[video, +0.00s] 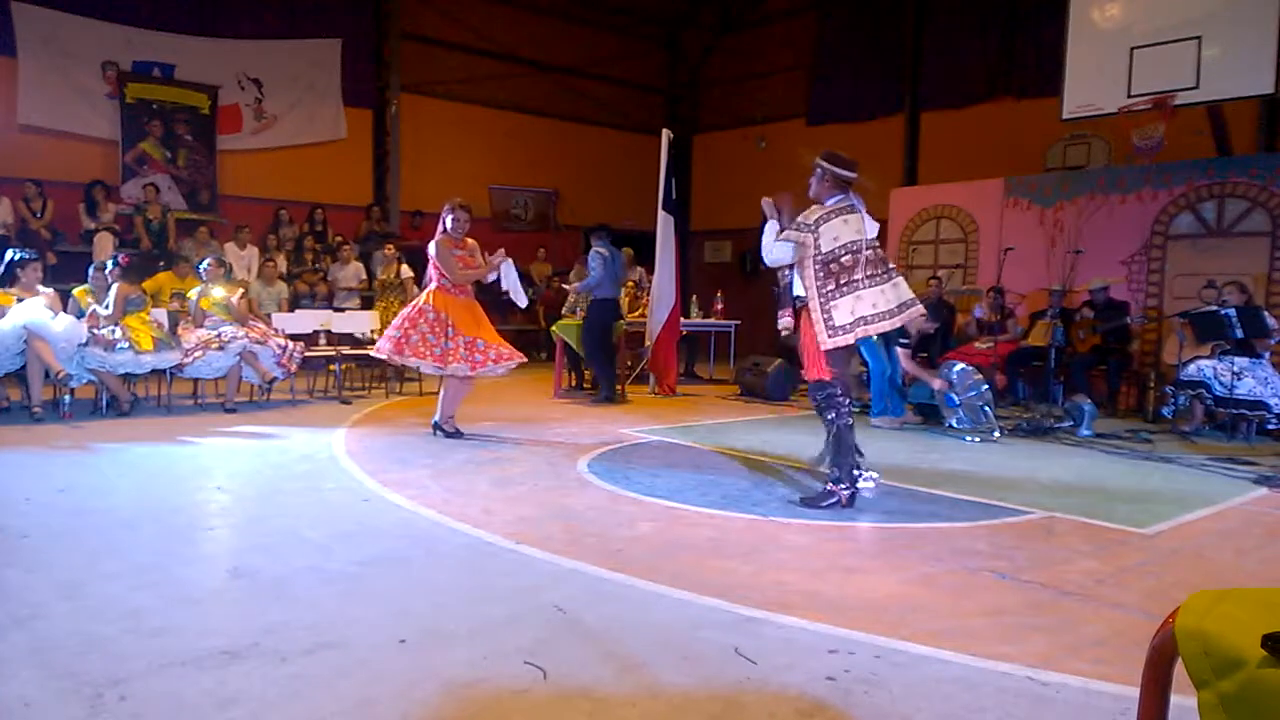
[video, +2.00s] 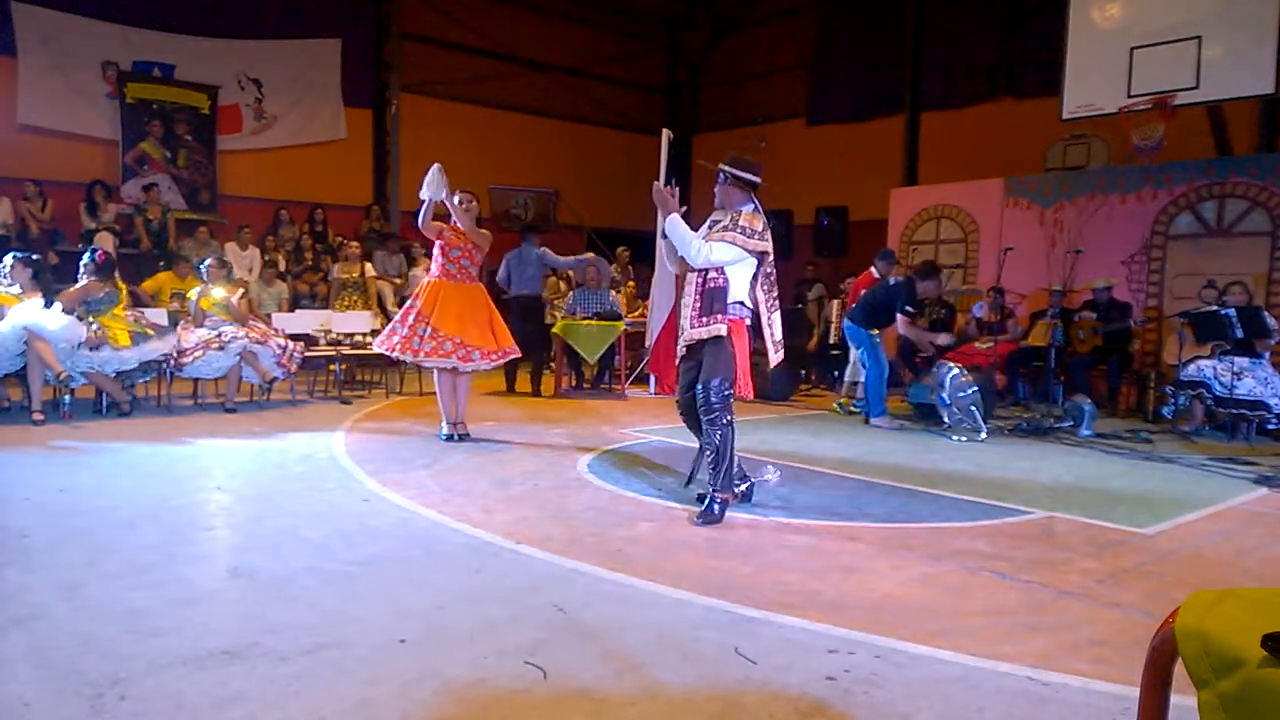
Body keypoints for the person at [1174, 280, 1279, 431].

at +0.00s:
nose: (1224, 298)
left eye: (1230, 293)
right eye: (1222, 294)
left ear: (1244, 297)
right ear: (1218, 297)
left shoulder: (1257, 315)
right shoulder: (1217, 316)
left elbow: (1265, 346)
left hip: (1253, 365)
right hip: (1223, 363)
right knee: (1197, 368)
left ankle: (1242, 424)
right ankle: (1197, 419)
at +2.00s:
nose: (1237, 297)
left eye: (1241, 293)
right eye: (1231, 294)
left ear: (1248, 297)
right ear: (1223, 298)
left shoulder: (1258, 315)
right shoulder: (1216, 316)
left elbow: (1265, 346)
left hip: (1254, 364)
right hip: (1223, 363)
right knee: (1196, 368)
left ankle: (1243, 425)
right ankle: (1197, 419)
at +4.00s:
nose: (1226, 297)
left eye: (1231, 293)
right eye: (1225, 293)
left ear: (1245, 297)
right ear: (1222, 296)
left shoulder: (1258, 315)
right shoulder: (1219, 316)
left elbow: (1265, 345)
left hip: (1253, 364)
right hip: (1223, 362)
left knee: (1246, 381)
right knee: (1198, 368)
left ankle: (1241, 426)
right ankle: (1196, 421)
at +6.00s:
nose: (1232, 296)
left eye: (1237, 292)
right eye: (1230, 293)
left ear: (1248, 296)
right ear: (1226, 296)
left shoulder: (1258, 314)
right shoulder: (1222, 315)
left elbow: (1265, 346)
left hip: (1255, 364)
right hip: (1225, 363)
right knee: (1200, 368)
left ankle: (1244, 428)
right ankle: (1197, 420)